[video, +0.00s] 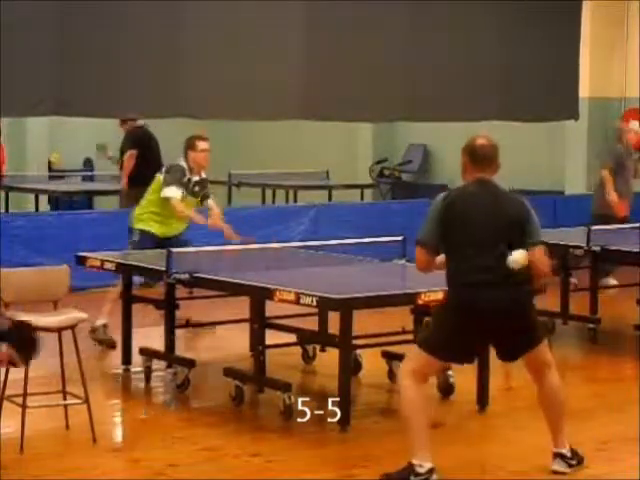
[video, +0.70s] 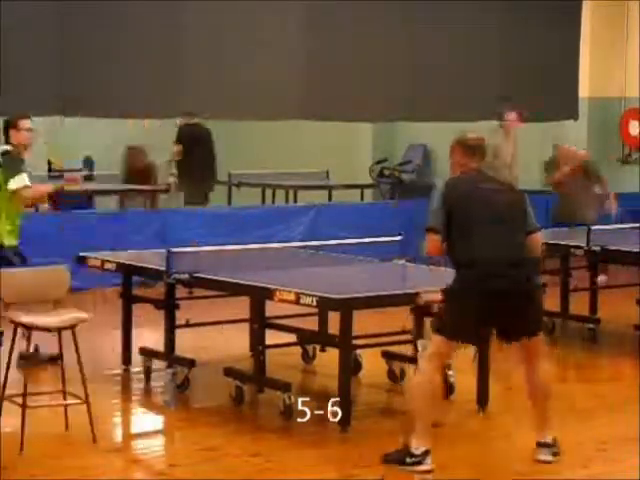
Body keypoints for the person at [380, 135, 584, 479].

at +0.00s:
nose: (464, 168)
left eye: (463, 163)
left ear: (464, 164)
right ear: (497, 166)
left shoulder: (448, 203)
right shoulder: (516, 204)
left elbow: (424, 262)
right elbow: (540, 265)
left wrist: (450, 256)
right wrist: (535, 282)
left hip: (463, 311)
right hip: (513, 310)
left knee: (412, 372)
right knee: (545, 371)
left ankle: (420, 464)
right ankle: (562, 452)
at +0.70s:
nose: (451, 165)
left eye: (453, 159)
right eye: (453, 159)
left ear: (459, 158)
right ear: (483, 157)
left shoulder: (449, 188)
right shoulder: (512, 190)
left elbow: (433, 246)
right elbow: (535, 245)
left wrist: (460, 242)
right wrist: (507, 250)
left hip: (472, 285)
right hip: (518, 284)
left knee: (432, 362)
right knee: (534, 360)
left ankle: (418, 448)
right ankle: (545, 441)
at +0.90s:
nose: (386, 162)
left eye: (386, 157)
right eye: (388, 157)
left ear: (390, 155)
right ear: (413, 154)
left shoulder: (395, 175)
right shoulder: (426, 175)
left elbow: (395, 216)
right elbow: (425, 222)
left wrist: (379, 245)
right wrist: (394, 246)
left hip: (436, 265)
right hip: (454, 261)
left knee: (444, 346)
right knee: (421, 339)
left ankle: (476, 427)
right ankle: (410, 408)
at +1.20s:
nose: (361, 178)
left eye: (363, 173)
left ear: (367, 169)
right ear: (386, 168)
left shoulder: (373, 173)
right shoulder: (399, 186)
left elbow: (379, 204)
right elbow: (392, 241)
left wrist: (363, 244)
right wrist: (352, 243)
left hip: (429, 244)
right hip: (424, 254)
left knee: (449, 313)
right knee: (420, 332)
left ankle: (491, 378)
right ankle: (411, 391)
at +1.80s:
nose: (360, 178)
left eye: (360, 175)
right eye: (362, 175)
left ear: (366, 170)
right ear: (385, 171)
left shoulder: (370, 177)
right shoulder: (400, 194)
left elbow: (375, 200)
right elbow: (401, 255)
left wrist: (362, 241)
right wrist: (366, 273)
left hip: (424, 244)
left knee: (442, 313)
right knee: (418, 335)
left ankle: (483, 386)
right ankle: (410, 415)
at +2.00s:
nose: (470, 129)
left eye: (471, 123)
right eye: (472, 123)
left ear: (479, 125)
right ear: (506, 126)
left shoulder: (475, 163)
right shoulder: (530, 167)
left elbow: (465, 215)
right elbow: (544, 220)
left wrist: (444, 222)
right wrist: (509, 225)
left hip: (484, 276)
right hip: (526, 276)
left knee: (456, 350)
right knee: (519, 353)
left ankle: (435, 439)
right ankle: (524, 442)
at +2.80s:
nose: (455, 159)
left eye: (456, 154)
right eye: (457, 154)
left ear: (462, 152)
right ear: (488, 152)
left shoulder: (455, 182)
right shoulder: (517, 183)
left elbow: (426, 241)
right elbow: (545, 235)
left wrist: (443, 243)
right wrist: (532, 260)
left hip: (474, 278)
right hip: (520, 277)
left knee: (440, 356)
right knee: (522, 357)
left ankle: (432, 447)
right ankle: (532, 441)